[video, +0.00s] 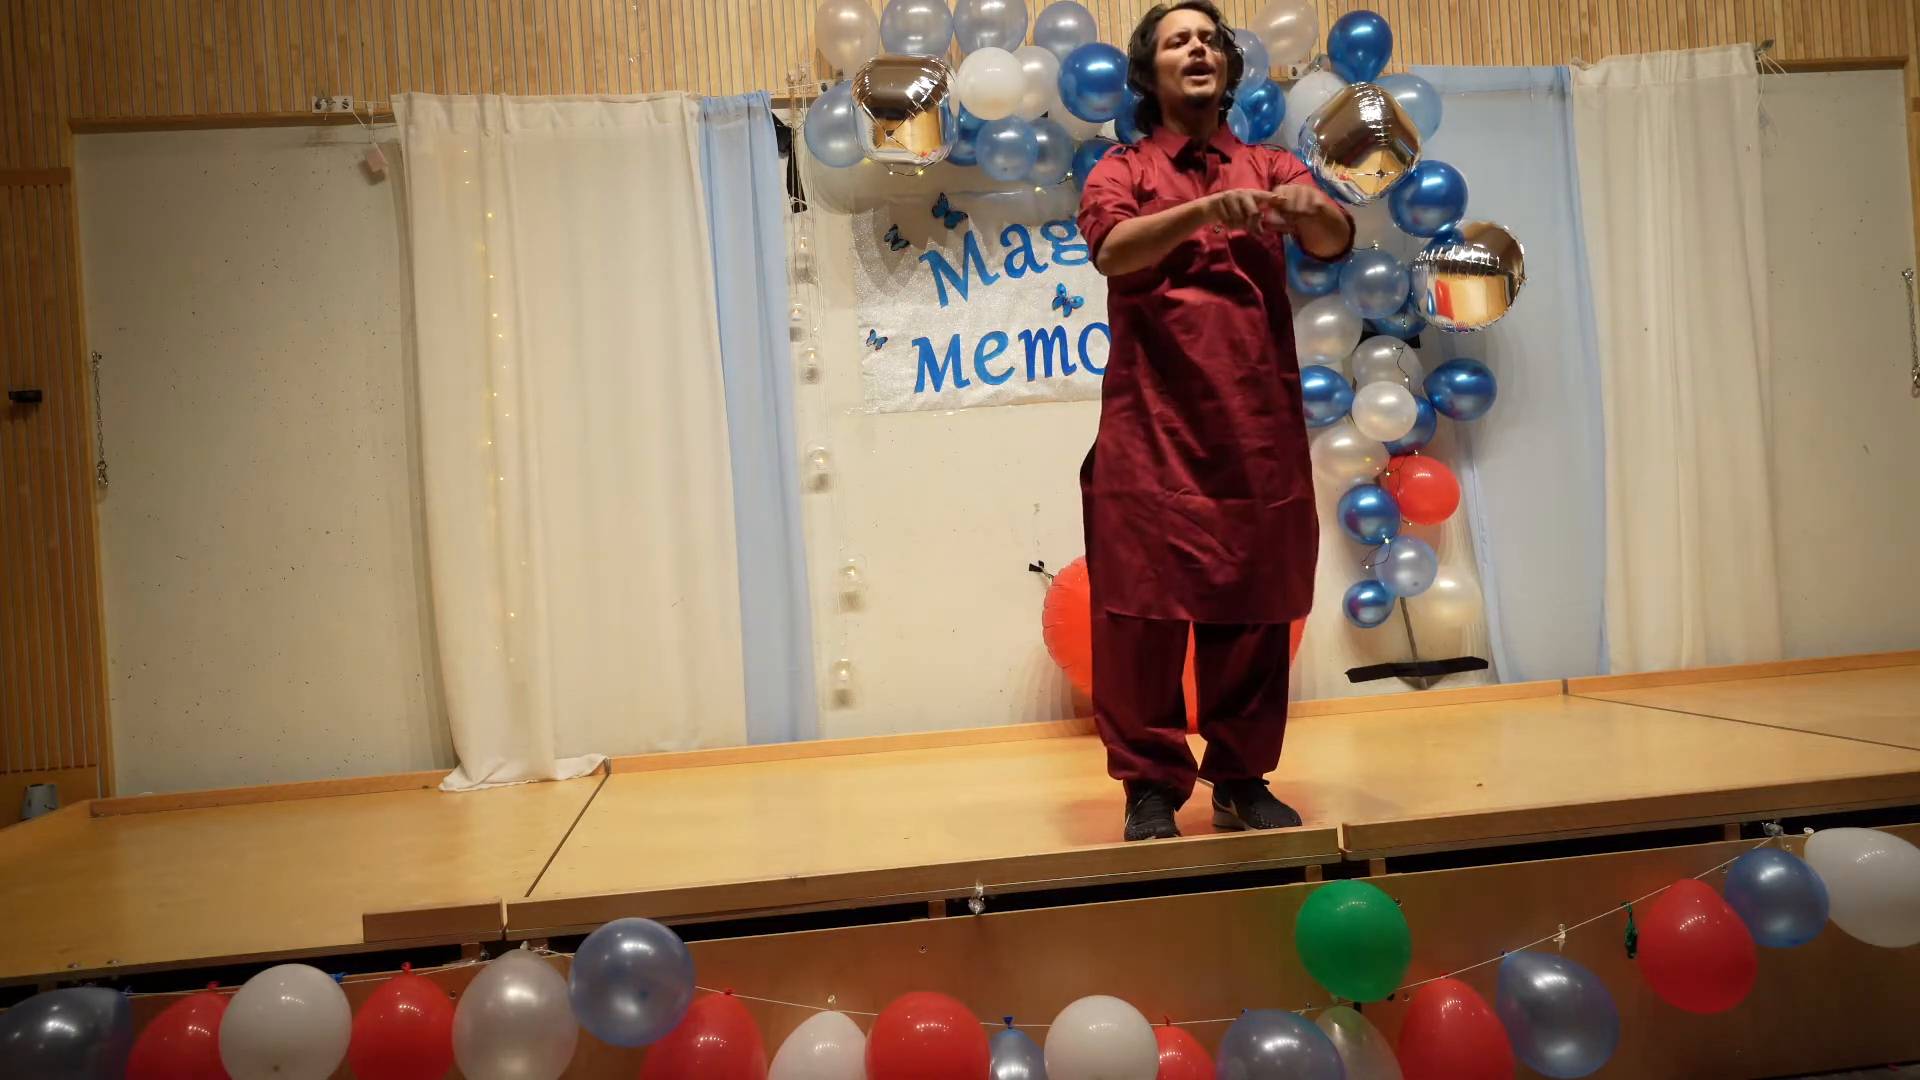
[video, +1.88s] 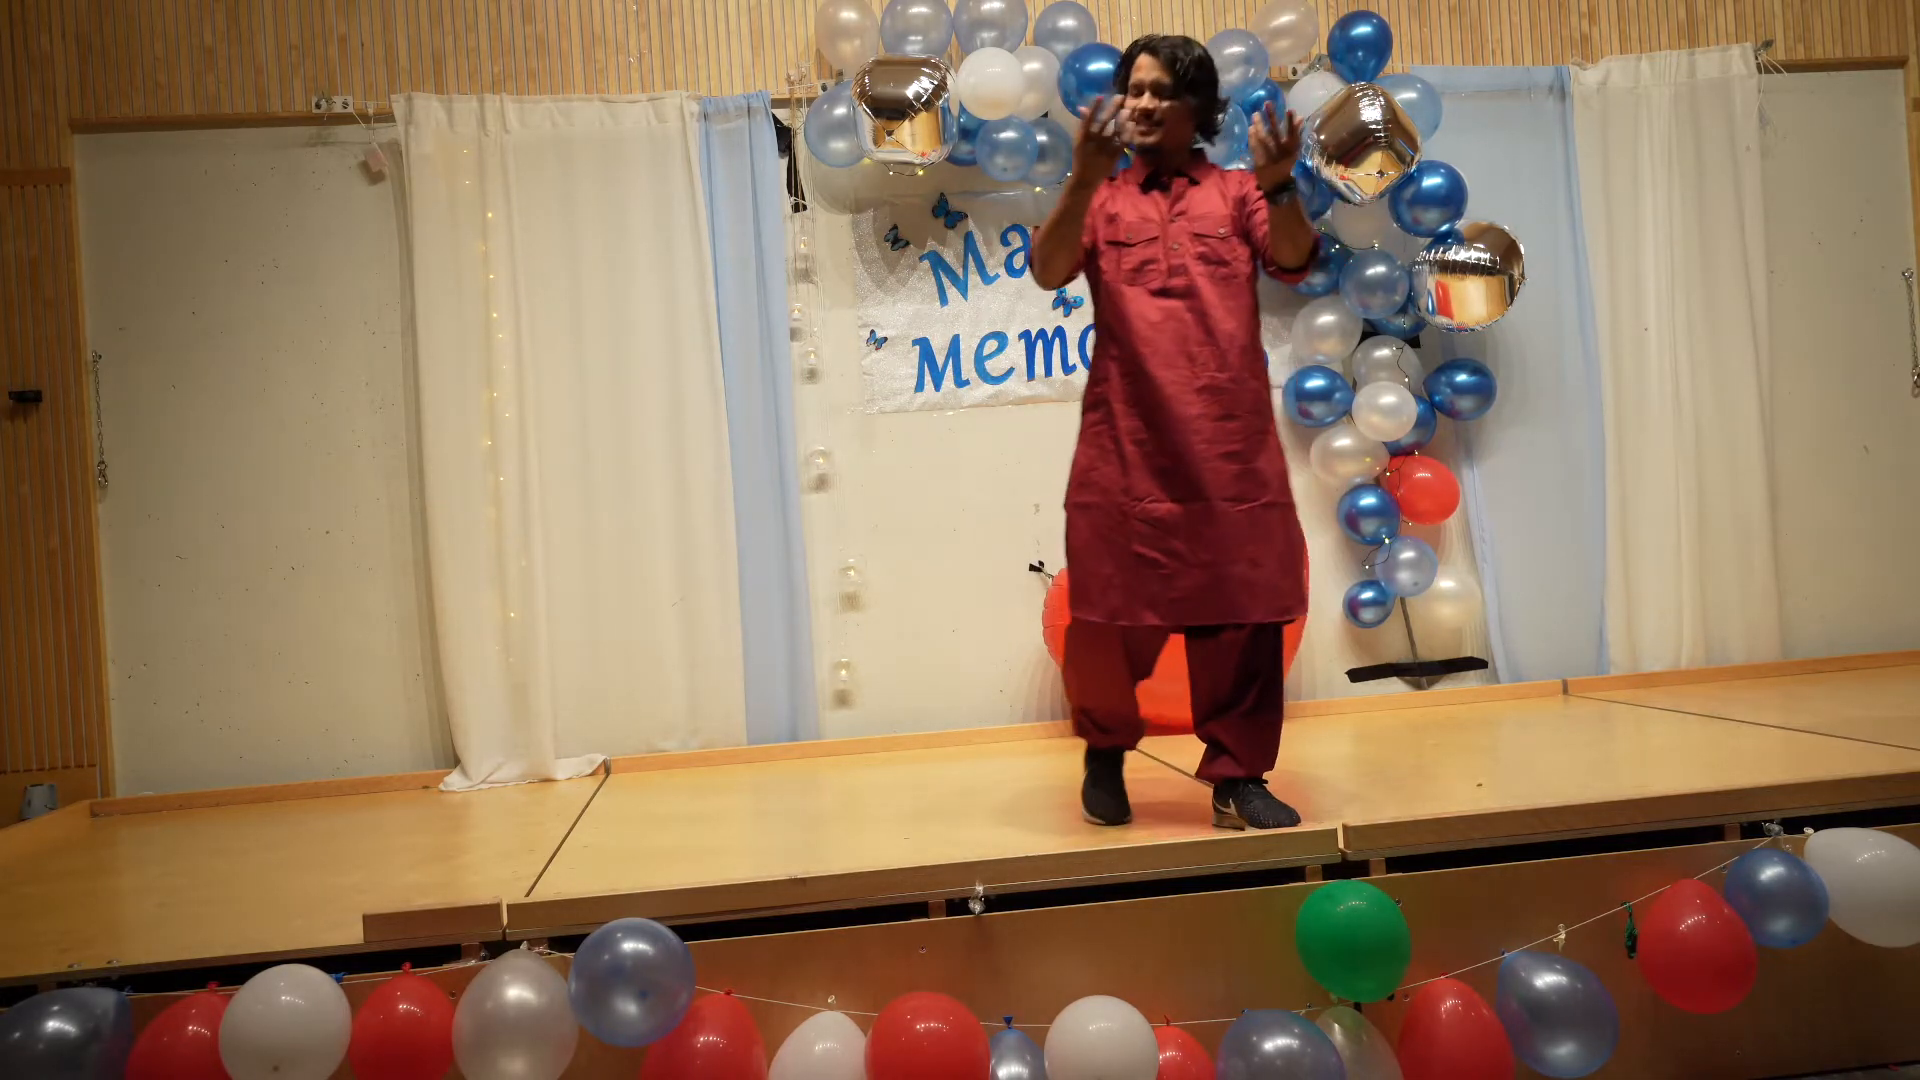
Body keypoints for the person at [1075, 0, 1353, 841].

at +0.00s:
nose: (1199, 50)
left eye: (1210, 40)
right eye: (1178, 41)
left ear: (1231, 68)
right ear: (1146, 75)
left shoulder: (1268, 163)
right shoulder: (1120, 170)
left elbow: (1335, 242)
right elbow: (1113, 254)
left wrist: (1307, 208)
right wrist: (1199, 212)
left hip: (1258, 425)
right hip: (1153, 427)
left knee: (1252, 606)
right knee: (1143, 609)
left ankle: (1242, 785)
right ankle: (1150, 791)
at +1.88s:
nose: (1139, 103)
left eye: (1158, 92)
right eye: (1132, 90)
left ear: (1197, 109)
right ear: (1118, 104)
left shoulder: (1235, 188)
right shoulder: (1100, 194)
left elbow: (1294, 261)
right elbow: (1048, 271)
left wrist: (1279, 189)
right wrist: (1083, 177)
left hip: (1229, 436)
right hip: (1128, 436)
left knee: (1243, 607)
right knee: (1109, 607)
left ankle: (1238, 777)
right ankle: (1104, 752)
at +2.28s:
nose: (1089, 130)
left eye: (1106, 120)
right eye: (1083, 118)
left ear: (1144, 135)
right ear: (1071, 129)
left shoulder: (1176, 218)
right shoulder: (1042, 217)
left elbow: (1220, 309)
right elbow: (980, 269)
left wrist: (1199, 261)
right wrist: (1002, 179)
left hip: (1157, 446)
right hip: (1059, 450)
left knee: (1195, 605)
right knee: (1063, 612)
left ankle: (1234, 773)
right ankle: (1098, 768)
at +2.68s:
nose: (1044, 140)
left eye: (1060, 128)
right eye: (1034, 129)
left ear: (1096, 139)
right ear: (1024, 141)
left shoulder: (1141, 221)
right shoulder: (1006, 225)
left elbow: (1179, 306)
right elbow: (936, 248)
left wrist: (1143, 318)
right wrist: (947, 153)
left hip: (1128, 451)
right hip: (1036, 452)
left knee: (1148, 606)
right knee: (1052, 613)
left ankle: (1135, 732)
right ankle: (1093, 758)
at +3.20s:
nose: (1051, 164)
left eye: (1061, 154)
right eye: (1036, 155)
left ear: (1077, 169)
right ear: (1008, 173)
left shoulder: (1110, 247)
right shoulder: (991, 249)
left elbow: (1166, 324)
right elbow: (946, 275)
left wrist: (1173, 310)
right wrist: (994, 196)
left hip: (1113, 447)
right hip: (1035, 450)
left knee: (1117, 597)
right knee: (1055, 601)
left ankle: (1094, 737)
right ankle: (1094, 749)